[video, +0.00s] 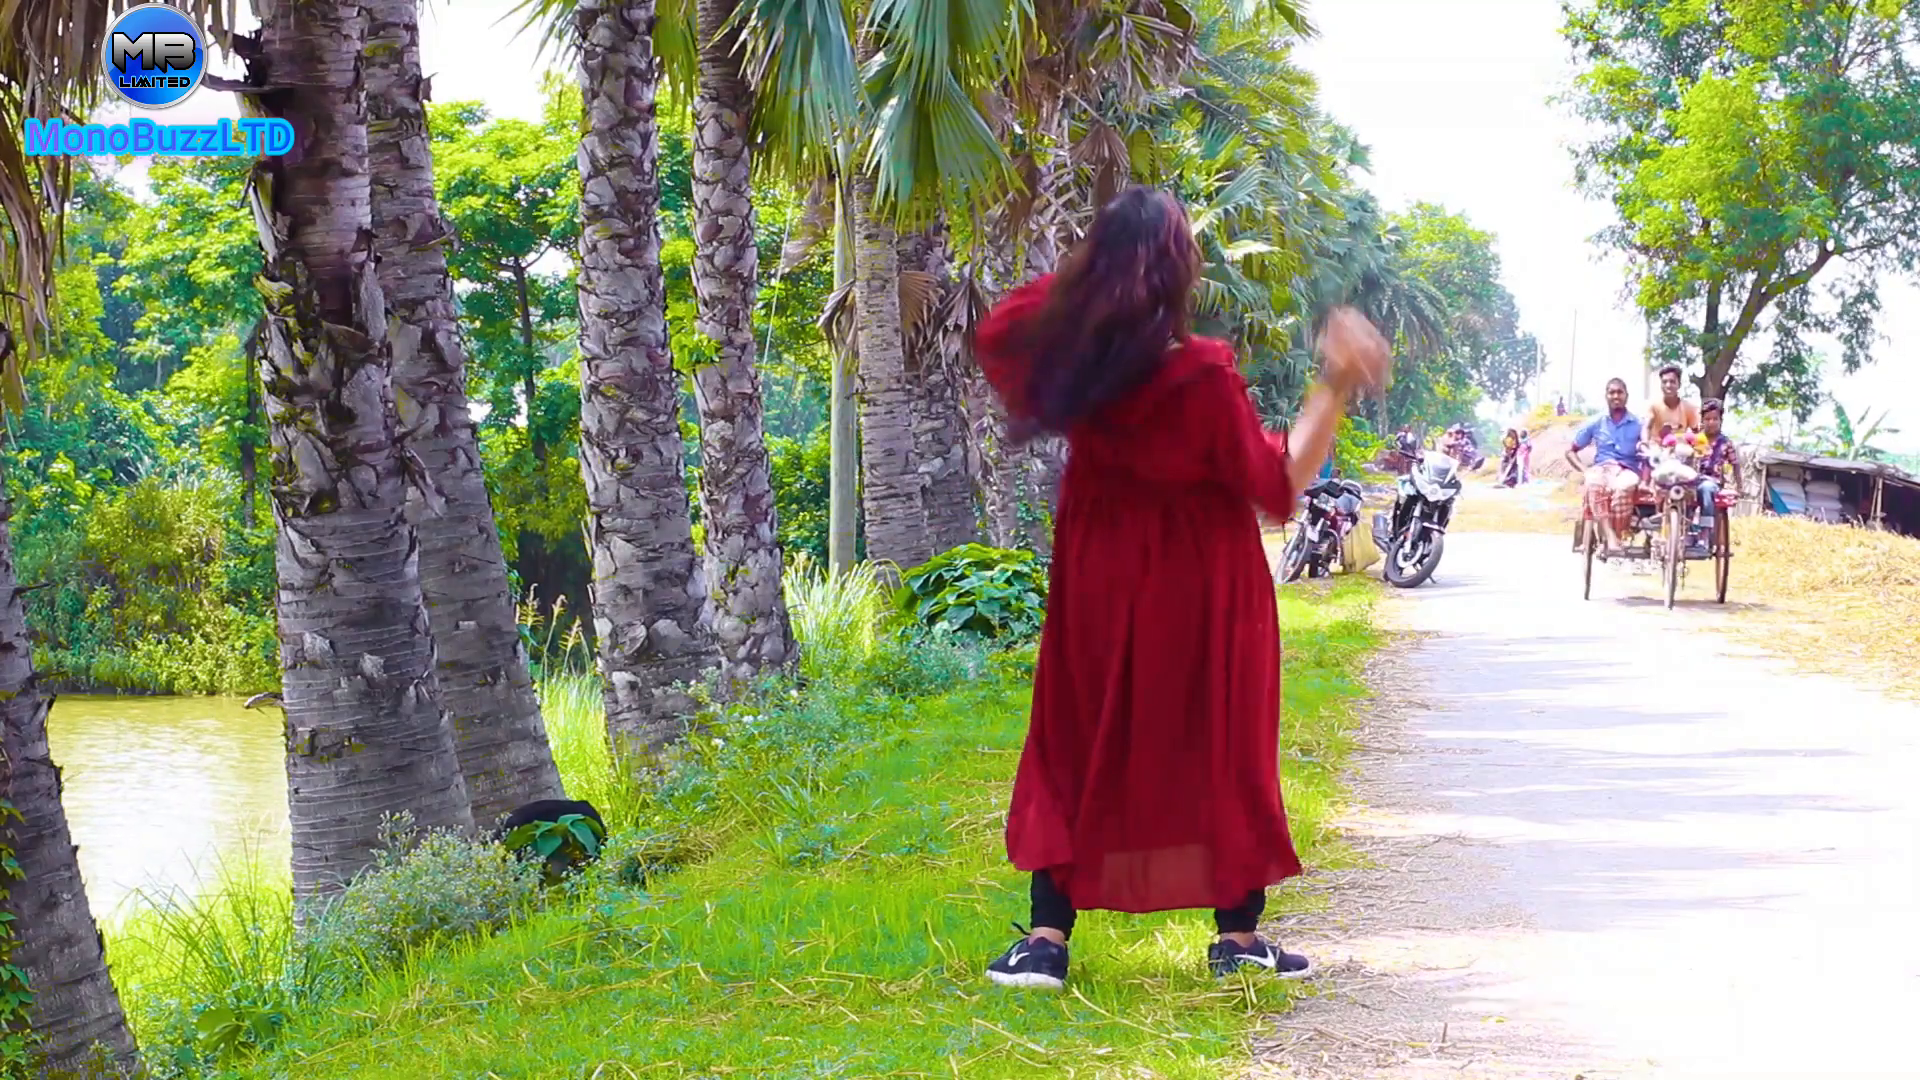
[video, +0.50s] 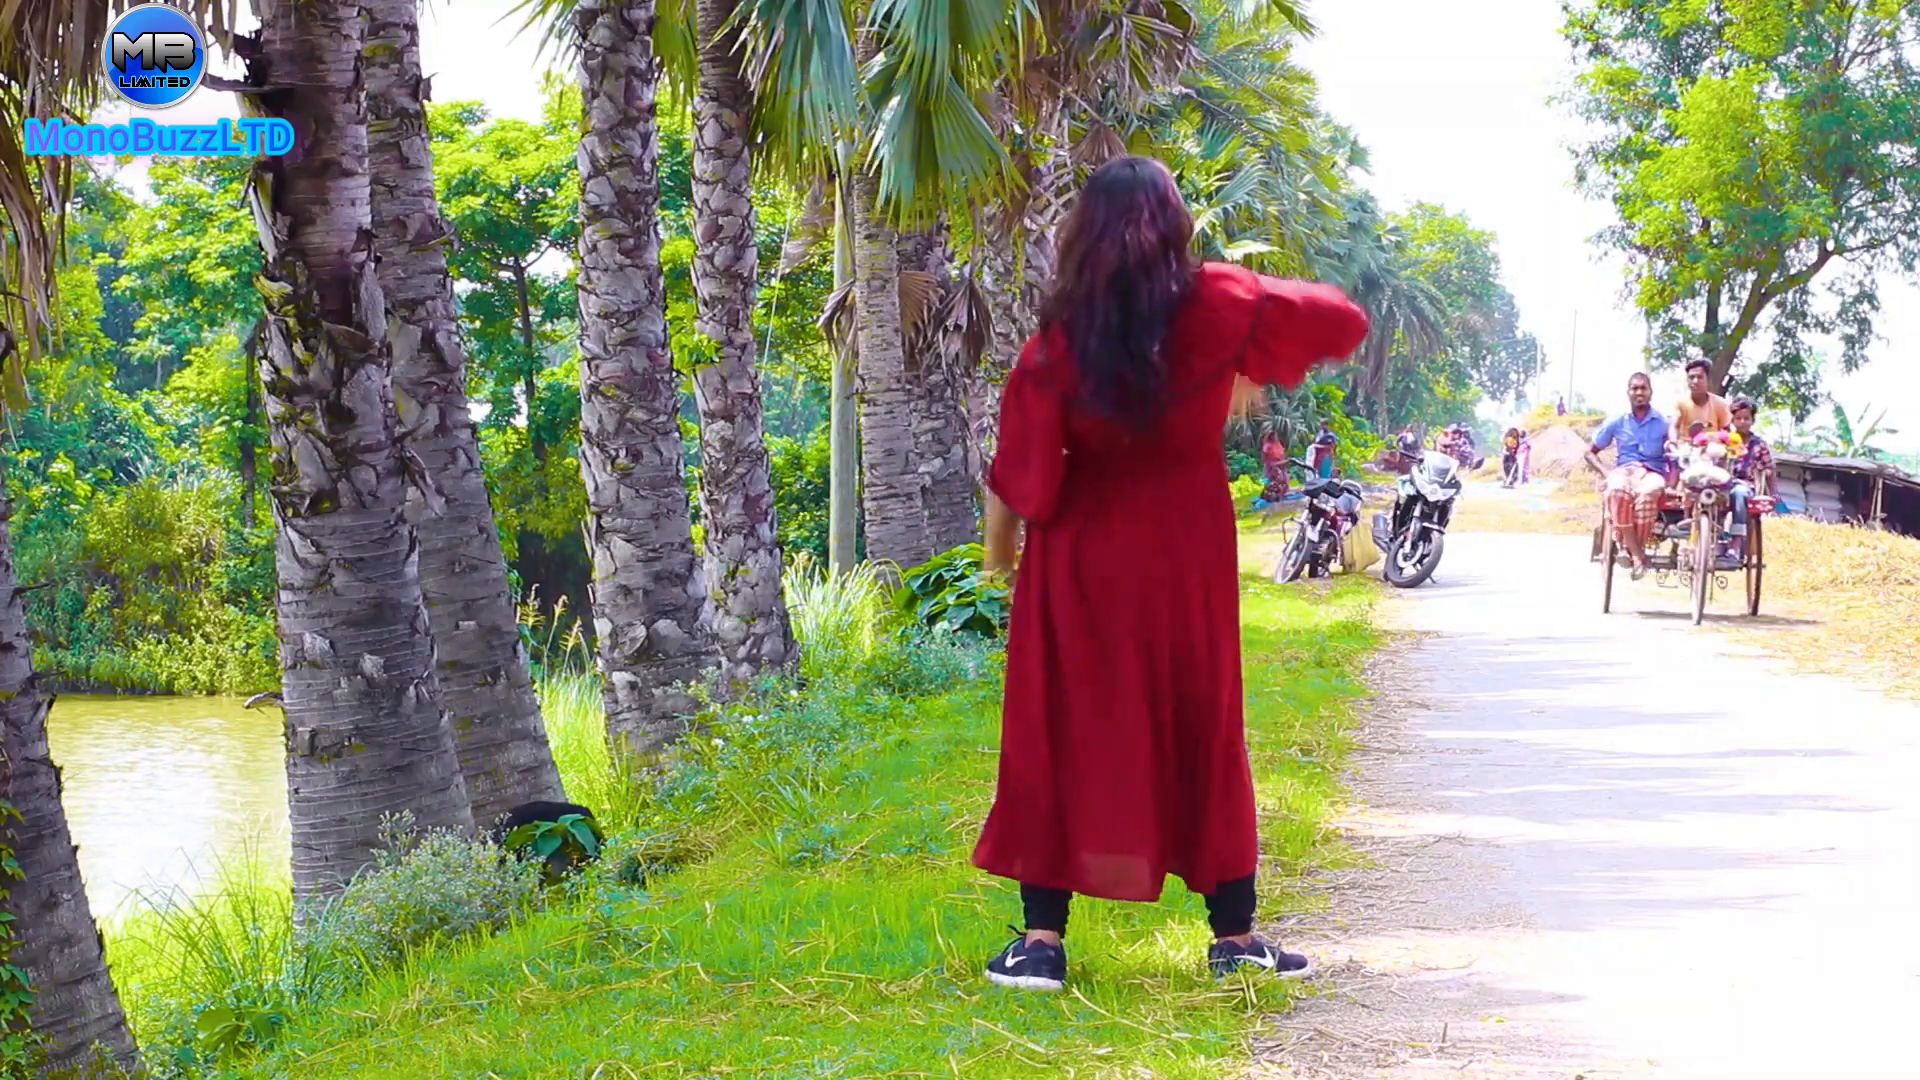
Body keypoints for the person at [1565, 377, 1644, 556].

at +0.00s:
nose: (1616, 396)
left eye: (1620, 392)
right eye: (1611, 392)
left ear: (1626, 395)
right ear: (1606, 396)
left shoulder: (1637, 424)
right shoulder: (1598, 422)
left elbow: (1646, 453)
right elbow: (1570, 452)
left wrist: (1646, 481)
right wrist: (1584, 470)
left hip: (1628, 468)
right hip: (1602, 466)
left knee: (1622, 490)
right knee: (1594, 487)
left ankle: (1615, 540)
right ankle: (1610, 536)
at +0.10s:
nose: (1620, 395)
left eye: (1624, 391)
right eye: (1615, 391)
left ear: (1631, 394)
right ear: (1610, 395)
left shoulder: (1641, 423)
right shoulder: (1601, 421)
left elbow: (1650, 453)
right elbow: (1573, 451)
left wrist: (1650, 480)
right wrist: (1588, 472)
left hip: (1632, 468)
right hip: (1605, 466)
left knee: (1629, 491)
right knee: (1597, 489)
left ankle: (1619, 541)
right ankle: (1617, 543)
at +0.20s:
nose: (1624, 395)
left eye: (1628, 391)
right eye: (1620, 391)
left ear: (1635, 394)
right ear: (1614, 395)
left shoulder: (1646, 424)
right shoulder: (1605, 422)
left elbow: (1656, 453)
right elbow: (1576, 451)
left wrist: (1655, 480)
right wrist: (1592, 472)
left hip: (1637, 469)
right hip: (1609, 468)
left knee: (1634, 493)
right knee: (1600, 491)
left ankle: (1625, 545)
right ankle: (1620, 548)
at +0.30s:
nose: (1629, 394)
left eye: (1633, 390)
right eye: (1624, 390)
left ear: (1640, 394)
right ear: (1618, 394)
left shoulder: (1651, 424)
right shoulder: (1609, 422)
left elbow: (1662, 455)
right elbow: (1579, 452)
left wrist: (1660, 482)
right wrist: (1597, 472)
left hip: (1642, 469)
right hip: (1615, 468)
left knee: (1637, 492)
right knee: (1606, 490)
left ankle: (1628, 549)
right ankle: (1624, 550)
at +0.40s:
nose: (1634, 394)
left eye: (1638, 389)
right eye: (1629, 389)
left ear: (1646, 393)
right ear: (1623, 394)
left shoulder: (1657, 424)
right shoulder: (1614, 422)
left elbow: (1667, 457)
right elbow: (1584, 452)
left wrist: (1666, 484)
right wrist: (1601, 473)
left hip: (1648, 470)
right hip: (1619, 469)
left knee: (1641, 495)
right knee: (1612, 495)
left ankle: (1633, 551)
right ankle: (1633, 559)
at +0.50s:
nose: (1639, 392)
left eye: (1643, 388)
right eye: (1634, 388)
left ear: (1651, 392)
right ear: (1628, 392)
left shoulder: (1662, 423)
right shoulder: (1618, 422)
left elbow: (1673, 458)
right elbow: (1589, 452)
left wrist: (1672, 485)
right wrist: (1605, 472)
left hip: (1653, 470)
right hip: (1624, 468)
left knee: (1648, 495)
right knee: (1617, 493)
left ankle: (1637, 551)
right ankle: (1636, 556)